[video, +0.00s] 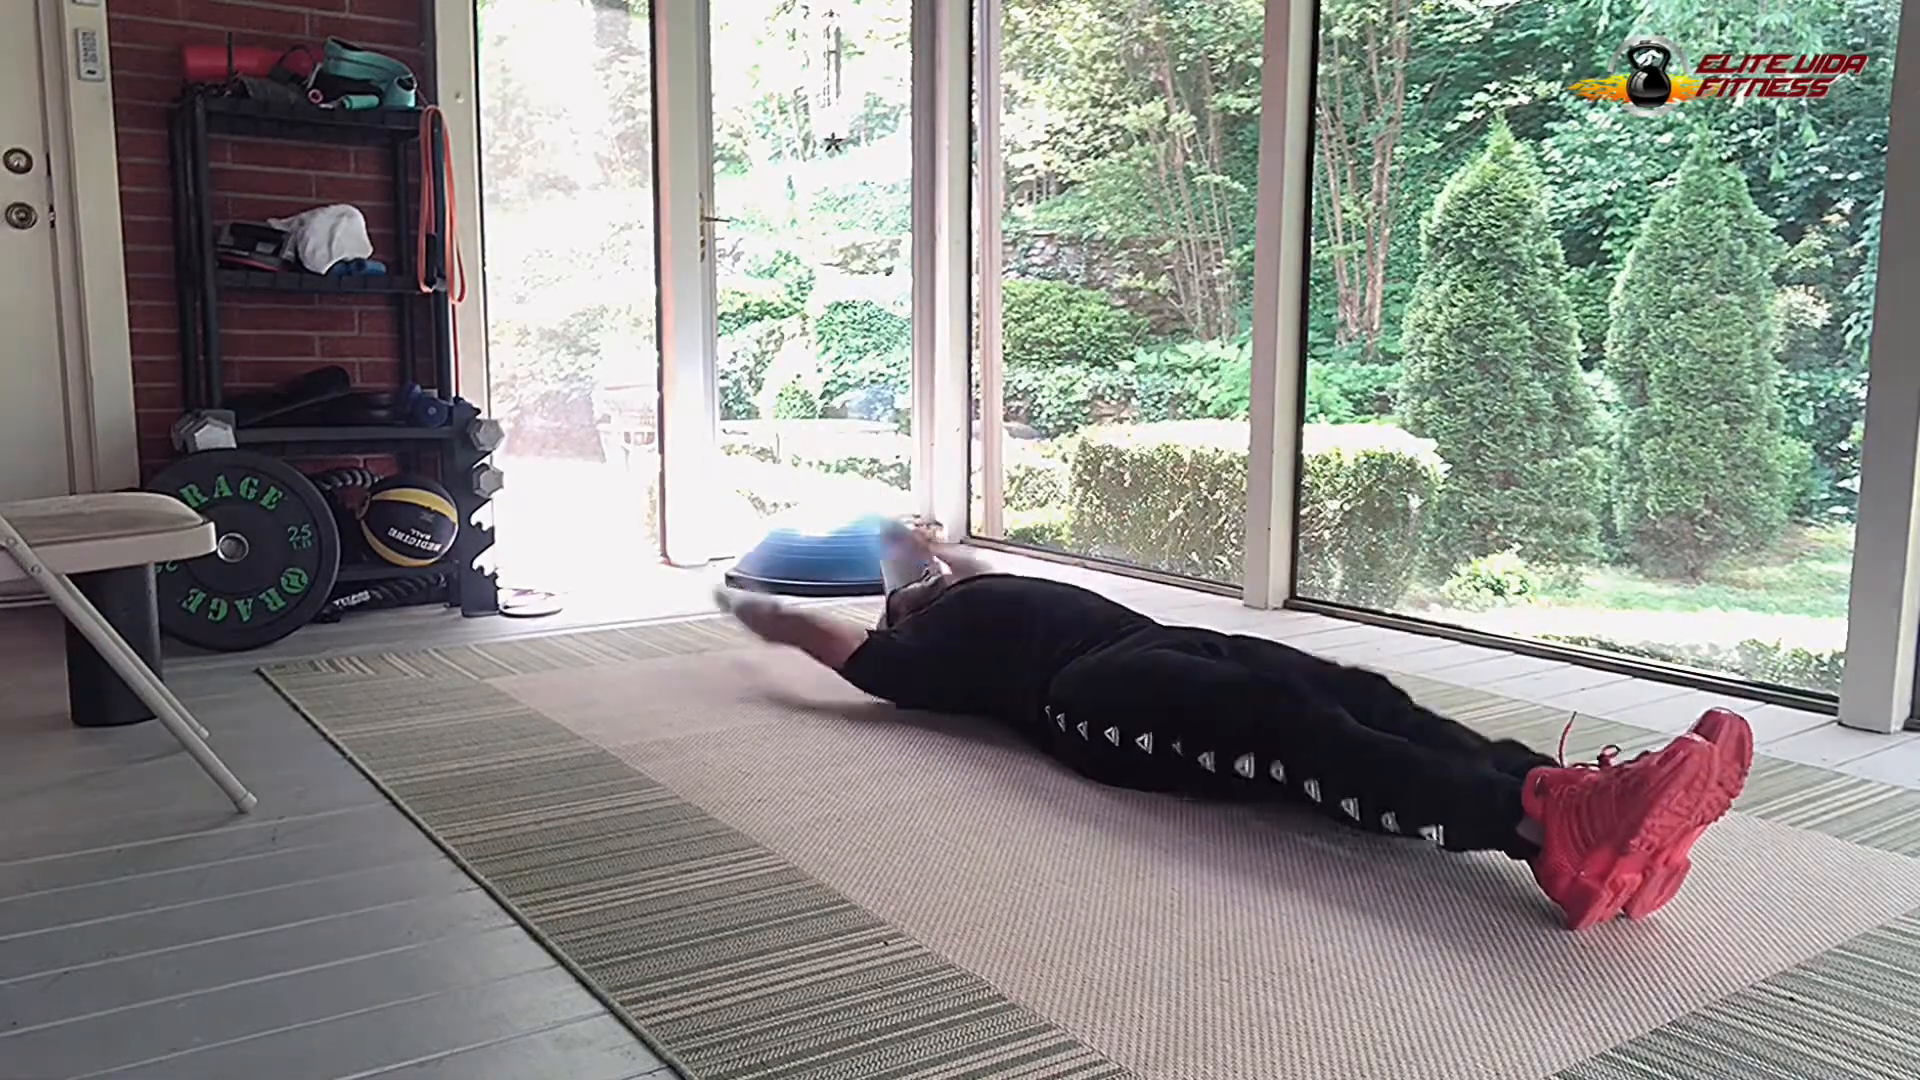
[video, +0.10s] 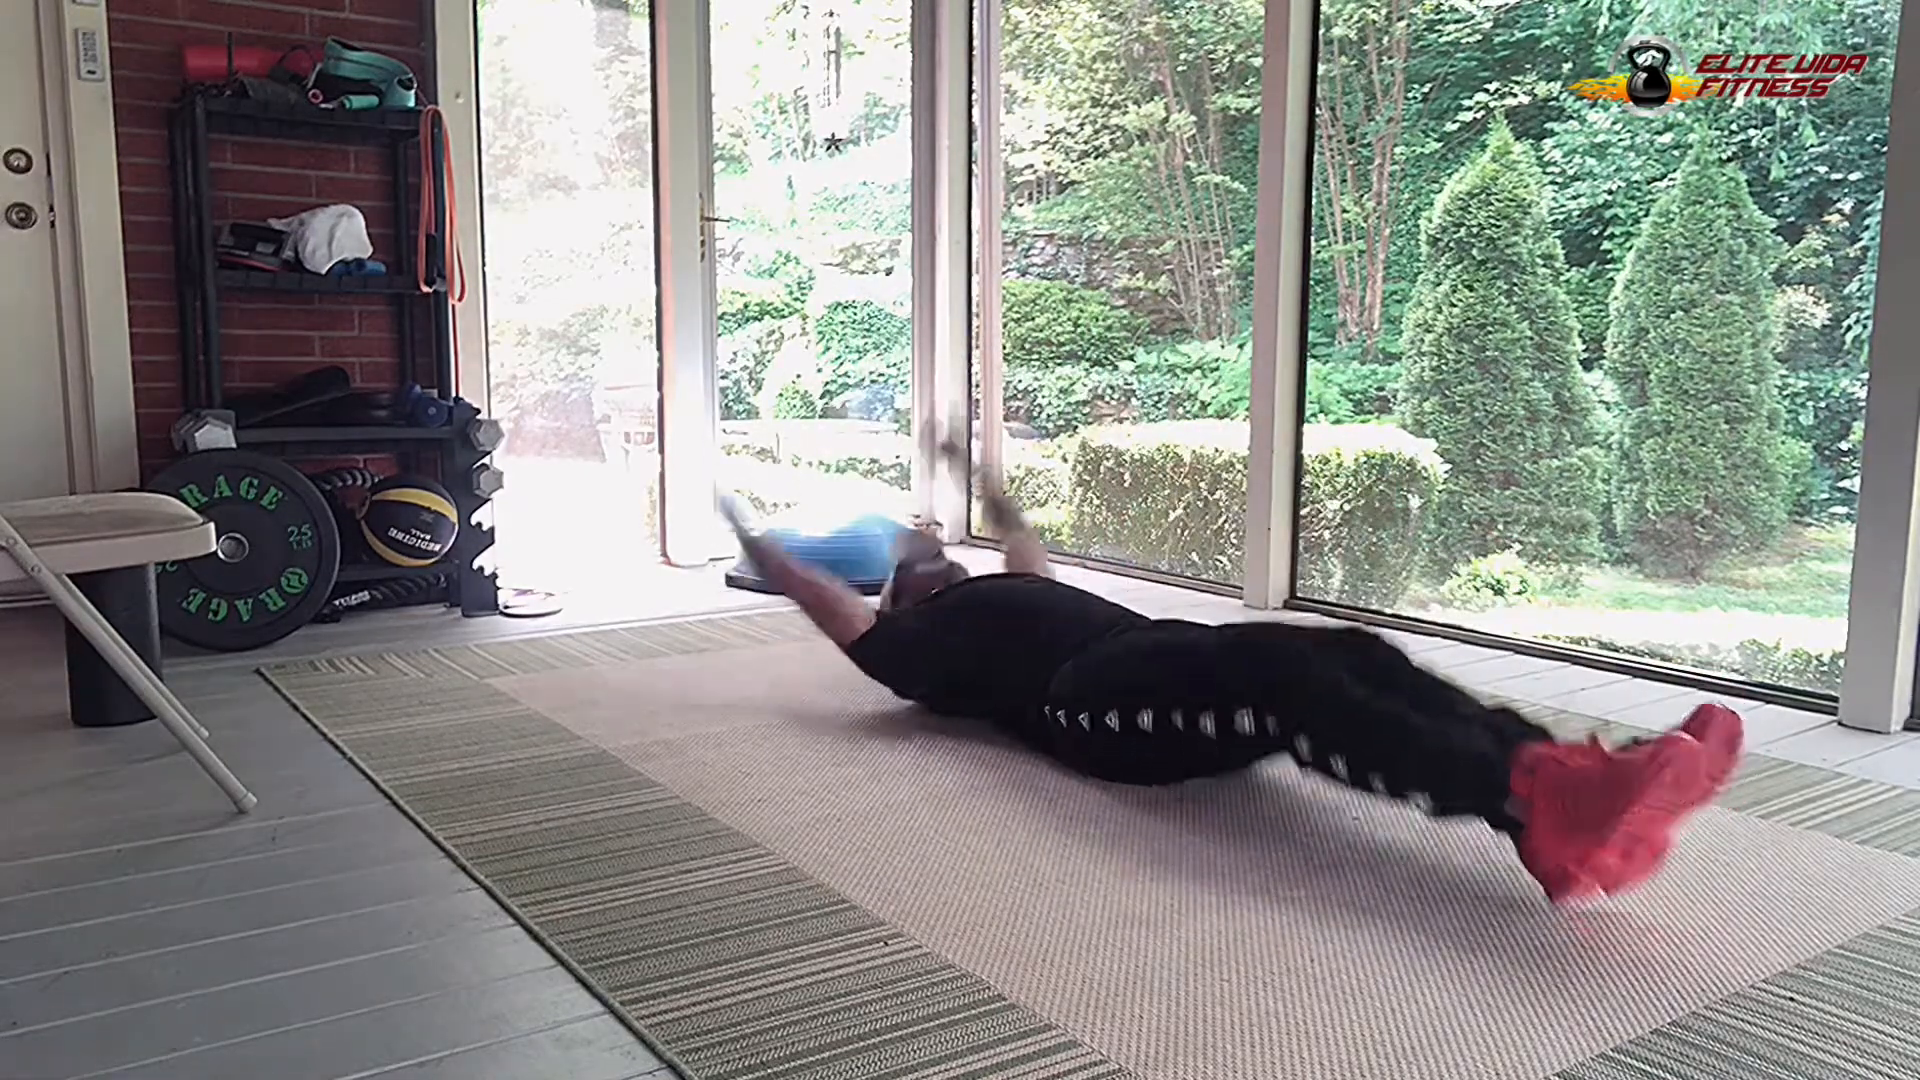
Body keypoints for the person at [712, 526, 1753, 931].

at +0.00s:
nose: (941, 541)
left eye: (946, 539)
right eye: (919, 547)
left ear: (963, 558)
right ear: (892, 586)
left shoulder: (1013, 584)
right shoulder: (888, 645)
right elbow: (747, 604)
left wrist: (950, 545)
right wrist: (829, 591)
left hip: (1170, 643)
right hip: (1090, 685)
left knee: (1358, 688)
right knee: (1290, 721)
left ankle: (1582, 830)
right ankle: (1554, 826)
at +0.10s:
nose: (912, 554)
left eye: (915, 550)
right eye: (895, 560)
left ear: (939, 565)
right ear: (878, 594)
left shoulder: (996, 585)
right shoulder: (882, 626)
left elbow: (1043, 558)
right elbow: (771, 559)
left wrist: (967, 537)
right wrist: (773, 550)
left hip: (1136, 649)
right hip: (1067, 686)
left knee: (1352, 648)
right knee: (1290, 673)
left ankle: (1577, 788)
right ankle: (1539, 812)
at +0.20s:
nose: (953, 525)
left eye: (958, 519)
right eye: (933, 526)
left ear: (979, 541)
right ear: (904, 563)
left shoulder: (1036, 584)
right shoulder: (913, 623)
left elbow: (1068, 525)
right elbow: (840, 567)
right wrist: (796, 489)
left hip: (1168, 684)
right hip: (1090, 708)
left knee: (1337, 592)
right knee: (1260, 612)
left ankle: (1544, 739)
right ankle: (1498, 759)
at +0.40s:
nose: (1025, 480)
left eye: (1026, 467)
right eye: (1007, 468)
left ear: (1027, 477)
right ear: (961, 481)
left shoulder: (1073, 542)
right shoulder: (942, 577)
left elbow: (1174, 485)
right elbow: (948, 508)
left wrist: (1265, 377)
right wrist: (982, 386)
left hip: (1179, 702)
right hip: (1094, 714)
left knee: (1274, 488)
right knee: (1174, 511)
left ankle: (1436, 635)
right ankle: (1376, 655)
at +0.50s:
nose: (1053, 469)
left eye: (1058, 455)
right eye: (1035, 458)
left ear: (1064, 459)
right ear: (990, 473)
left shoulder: (1103, 526)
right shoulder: (959, 544)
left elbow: (1217, 524)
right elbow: (982, 550)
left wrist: (1348, 438)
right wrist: (1081, 426)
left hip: (1188, 708)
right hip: (1095, 713)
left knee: (1226, 451)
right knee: (1144, 461)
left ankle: (1369, 588)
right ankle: (1318, 612)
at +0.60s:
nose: (1085, 455)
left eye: (1084, 440)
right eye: (1068, 446)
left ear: (1088, 442)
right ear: (1015, 458)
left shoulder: (1100, 503)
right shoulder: (974, 533)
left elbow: (1226, 520)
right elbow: (1048, 543)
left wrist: (1362, 511)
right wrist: (1160, 491)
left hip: (1195, 703)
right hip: (1099, 713)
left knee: (1171, 463)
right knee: (1176, 442)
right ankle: (1290, 597)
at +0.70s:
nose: (1090, 450)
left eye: (1084, 437)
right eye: (1077, 441)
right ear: (1021, 452)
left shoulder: (1088, 501)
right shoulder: (974, 531)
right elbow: (1051, 556)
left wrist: (1361, 535)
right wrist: (1176, 542)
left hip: (1188, 704)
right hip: (1098, 715)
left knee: (1182, 445)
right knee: (1123, 454)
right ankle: (1275, 593)